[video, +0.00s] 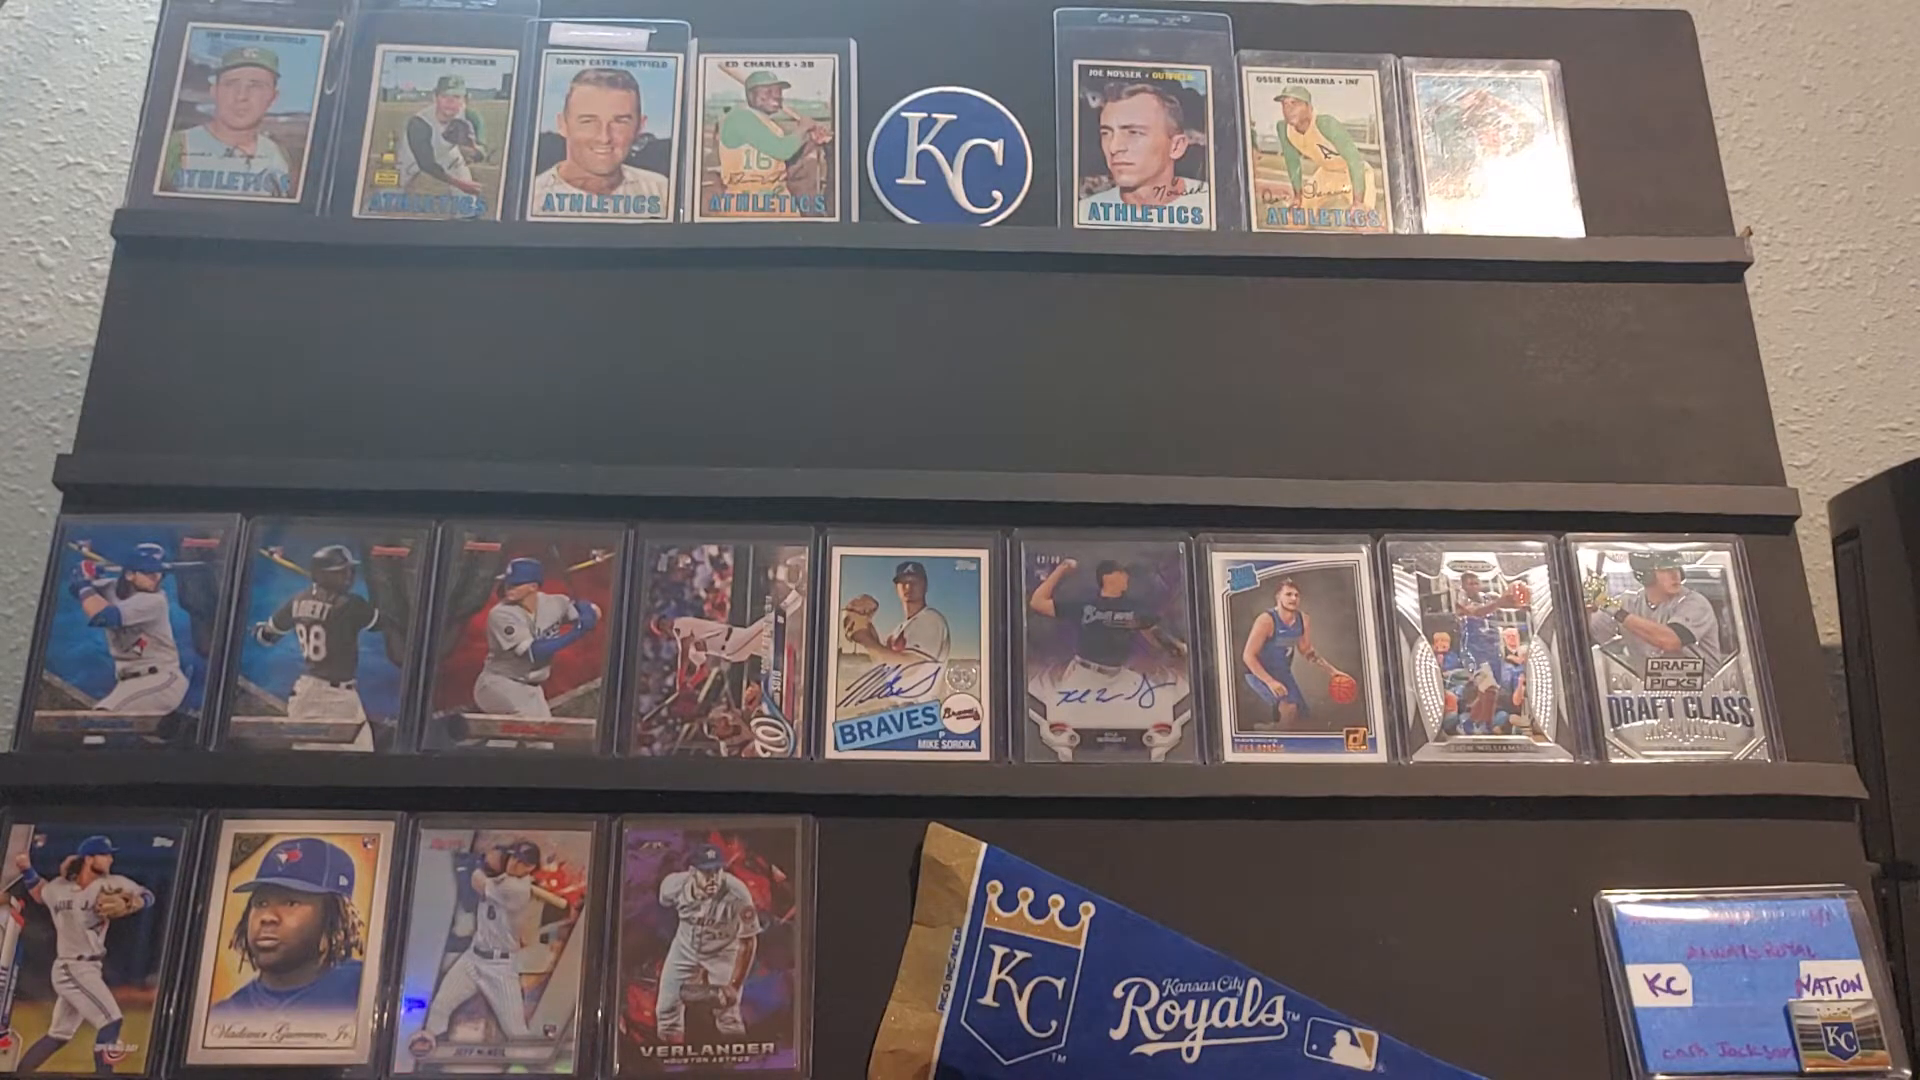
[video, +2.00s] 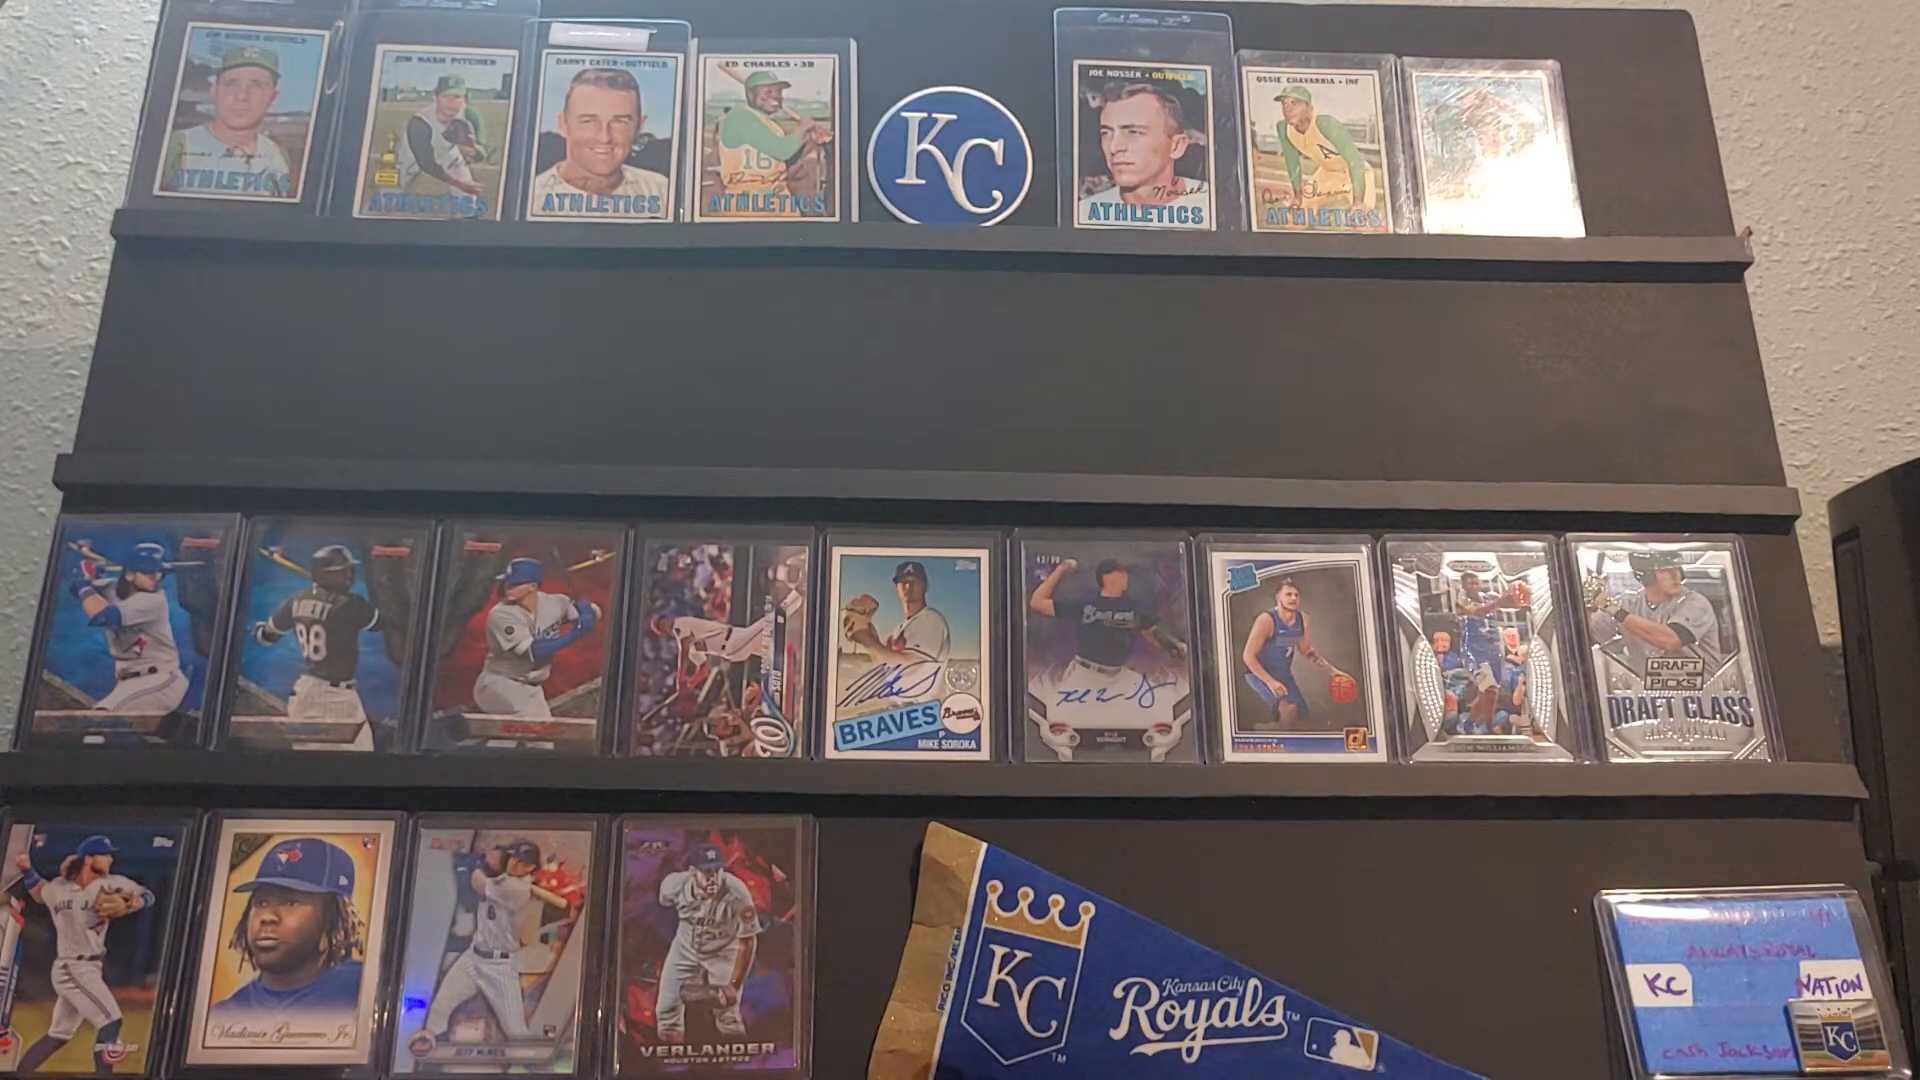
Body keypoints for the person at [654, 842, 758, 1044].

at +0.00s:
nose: (712, 879)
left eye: (716, 872)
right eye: (705, 872)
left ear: (722, 870)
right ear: (692, 871)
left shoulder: (738, 894)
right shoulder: (672, 886)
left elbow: (749, 942)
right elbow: (667, 909)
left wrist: (735, 985)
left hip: (724, 954)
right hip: (684, 948)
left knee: (727, 1015)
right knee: (666, 1009)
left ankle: (740, 1068)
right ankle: (673, 1069)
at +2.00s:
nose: (711, 878)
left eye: (716, 871)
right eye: (706, 872)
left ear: (722, 869)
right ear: (692, 870)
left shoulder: (738, 893)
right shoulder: (673, 885)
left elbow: (749, 941)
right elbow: (667, 909)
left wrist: (734, 985)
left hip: (724, 953)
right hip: (684, 947)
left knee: (727, 1014)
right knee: (666, 1009)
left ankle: (741, 1068)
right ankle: (674, 1069)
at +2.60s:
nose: (712, 878)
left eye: (716, 871)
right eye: (705, 872)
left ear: (722, 869)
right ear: (692, 870)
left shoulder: (738, 892)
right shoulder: (674, 885)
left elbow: (749, 941)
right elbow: (666, 907)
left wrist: (735, 985)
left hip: (724, 953)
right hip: (685, 947)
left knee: (727, 1015)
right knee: (666, 1009)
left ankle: (741, 1068)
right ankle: (673, 1069)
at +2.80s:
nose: (711, 878)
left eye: (716, 871)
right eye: (705, 872)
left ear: (722, 869)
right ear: (693, 870)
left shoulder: (738, 892)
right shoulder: (673, 885)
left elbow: (749, 941)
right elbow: (667, 908)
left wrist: (735, 985)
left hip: (724, 953)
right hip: (684, 947)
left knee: (727, 1015)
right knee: (666, 1009)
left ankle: (742, 1068)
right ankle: (673, 1069)